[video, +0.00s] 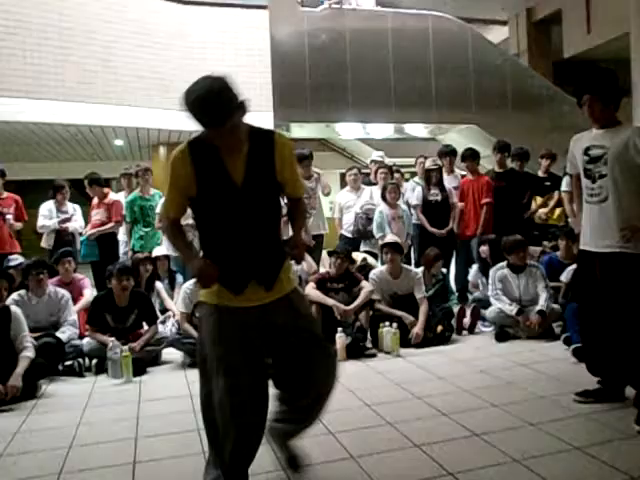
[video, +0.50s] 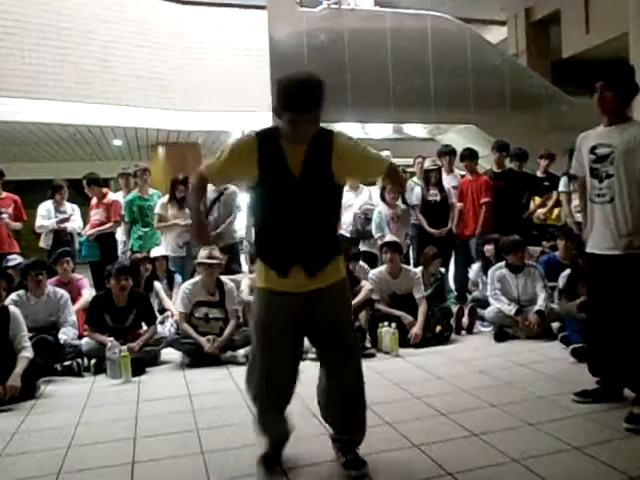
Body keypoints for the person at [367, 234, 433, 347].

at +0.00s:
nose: (390, 257)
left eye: (394, 253)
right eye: (386, 253)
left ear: (401, 255)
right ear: (382, 256)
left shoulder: (414, 274)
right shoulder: (376, 275)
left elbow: (423, 302)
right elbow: (376, 304)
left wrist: (420, 326)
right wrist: (402, 315)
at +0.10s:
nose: (390, 257)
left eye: (394, 253)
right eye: (386, 253)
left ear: (401, 255)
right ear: (383, 256)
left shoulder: (414, 274)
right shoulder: (376, 275)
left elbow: (423, 302)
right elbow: (377, 304)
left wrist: (420, 326)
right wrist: (402, 315)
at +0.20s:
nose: (390, 257)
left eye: (394, 253)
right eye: (386, 253)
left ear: (400, 255)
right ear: (382, 256)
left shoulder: (414, 274)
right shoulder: (376, 275)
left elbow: (423, 302)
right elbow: (377, 304)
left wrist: (420, 327)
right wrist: (402, 315)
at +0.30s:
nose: (390, 257)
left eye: (394, 253)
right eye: (386, 253)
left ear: (401, 255)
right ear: (382, 256)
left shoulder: (414, 274)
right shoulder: (376, 275)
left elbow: (423, 302)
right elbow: (377, 304)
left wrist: (420, 327)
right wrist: (402, 315)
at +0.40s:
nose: (390, 256)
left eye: (394, 252)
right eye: (386, 253)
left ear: (400, 255)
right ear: (382, 256)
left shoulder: (413, 274)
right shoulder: (375, 275)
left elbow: (422, 302)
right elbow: (376, 304)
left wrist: (419, 327)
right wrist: (402, 315)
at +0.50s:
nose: (389, 256)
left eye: (393, 252)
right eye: (386, 252)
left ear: (400, 254)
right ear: (382, 256)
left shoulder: (413, 274)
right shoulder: (375, 275)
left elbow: (422, 302)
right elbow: (376, 303)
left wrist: (419, 327)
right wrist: (401, 315)